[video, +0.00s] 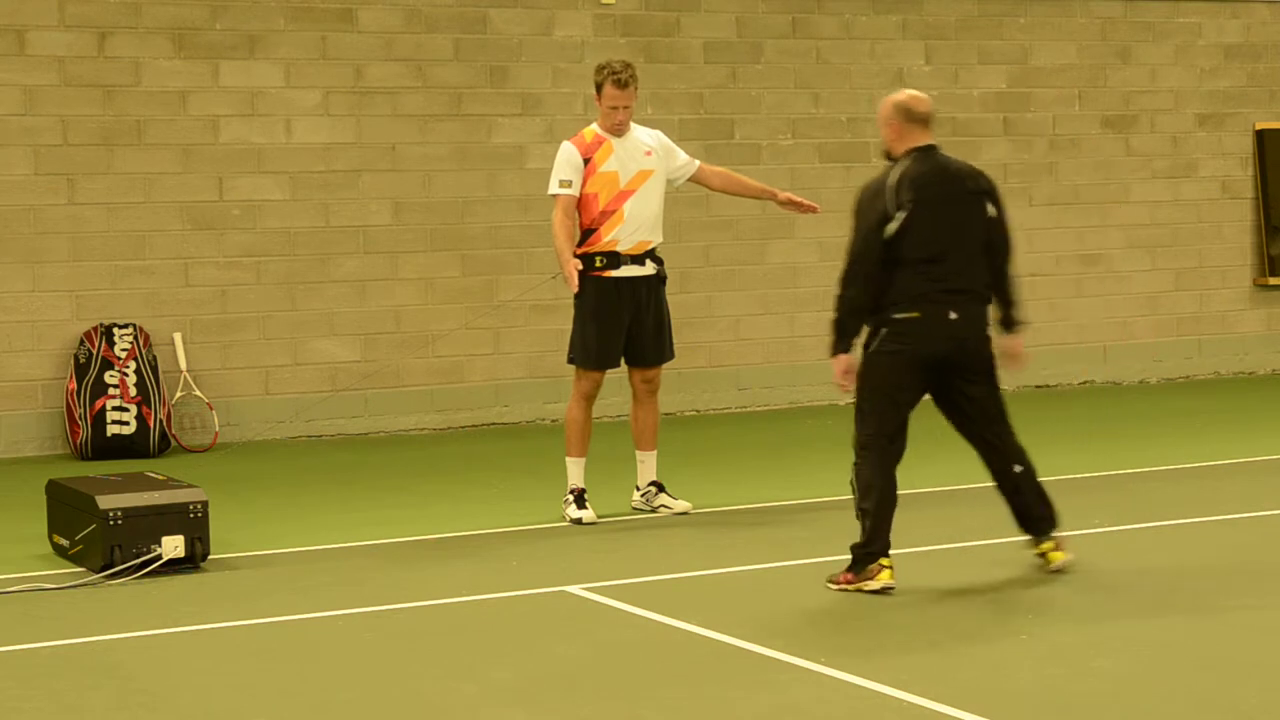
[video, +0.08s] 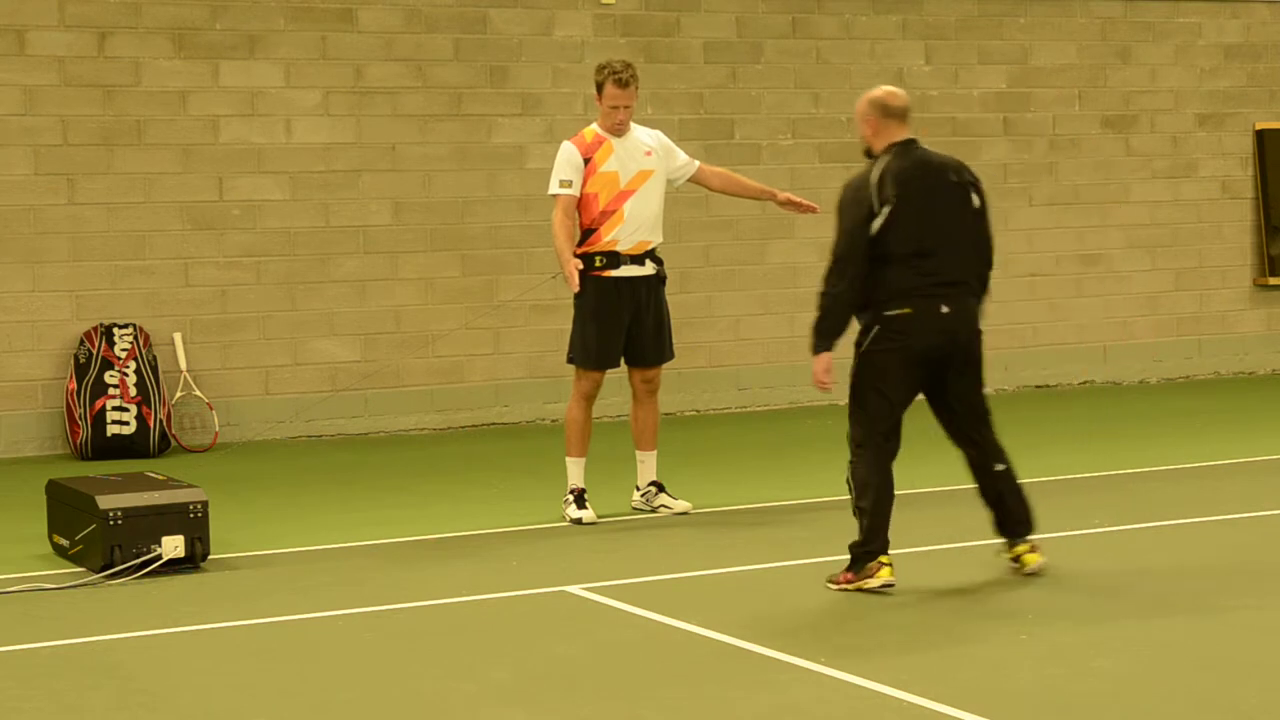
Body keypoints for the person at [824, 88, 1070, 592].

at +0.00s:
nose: (882, 136)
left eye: (883, 127)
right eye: (883, 126)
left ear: (894, 128)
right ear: (928, 125)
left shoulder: (883, 190)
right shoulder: (977, 182)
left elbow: (862, 271)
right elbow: (998, 256)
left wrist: (843, 344)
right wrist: (1009, 321)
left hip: (900, 337)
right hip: (966, 335)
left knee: (875, 447)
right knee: (996, 437)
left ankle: (871, 561)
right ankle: (1046, 537)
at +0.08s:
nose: (860, 135)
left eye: (861, 126)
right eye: (861, 125)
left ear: (872, 126)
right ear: (906, 121)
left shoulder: (867, 185)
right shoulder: (960, 174)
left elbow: (847, 268)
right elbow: (981, 252)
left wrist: (823, 343)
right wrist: (965, 308)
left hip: (894, 332)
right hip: (956, 326)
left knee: (871, 445)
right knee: (977, 434)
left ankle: (871, 559)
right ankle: (1020, 540)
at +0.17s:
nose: (845, 135)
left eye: (845, 127)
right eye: (845, 126)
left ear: (854, 125)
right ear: (891, 118)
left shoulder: (854, 185)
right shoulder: (944, 167)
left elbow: (835, 266)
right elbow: (970, 244)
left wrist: (807, 342)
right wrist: (942, 285)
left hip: (888, 326)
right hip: (951, 317)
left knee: (870, 442)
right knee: (963, 430)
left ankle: (871, 560)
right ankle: (1004, 542)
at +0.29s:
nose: (832, 136)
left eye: (831, 127)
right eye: (833, 127)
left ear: (841, 125)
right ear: (877, 118)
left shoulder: (845, 186)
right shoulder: (935, 166)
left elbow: (824, 266)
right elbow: (957, 240)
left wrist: (792, 340)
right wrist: (922, 284)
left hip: (883, 325)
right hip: (946, 317)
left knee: (869, 443)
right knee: (953, 431)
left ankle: (871, 561)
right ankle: (986, 544)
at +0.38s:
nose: (830, 135)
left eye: (829, 126)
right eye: (830, 126)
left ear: (840, 124)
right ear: (876, 117)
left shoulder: (844, 185)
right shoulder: (934, 165)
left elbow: (824, 266)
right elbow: (951, 241)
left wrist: (791, 339)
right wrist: (921, 290)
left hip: (883, 325)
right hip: (946, 316)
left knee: (871, 445)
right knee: (945, 432)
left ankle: (871, 562)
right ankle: (972, 548)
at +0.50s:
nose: (838, 133)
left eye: (838, 124)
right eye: (838, 124)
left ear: (849, 121)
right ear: (886, 116)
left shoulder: (850, 184)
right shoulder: (939, 167)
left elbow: (832, 267)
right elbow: (953, 246)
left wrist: (803, 339)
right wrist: (931, 301)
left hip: (886, 329)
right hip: (947, 321)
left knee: (877, 449)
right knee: (946, 437)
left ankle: (872, 564)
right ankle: (970, 550)